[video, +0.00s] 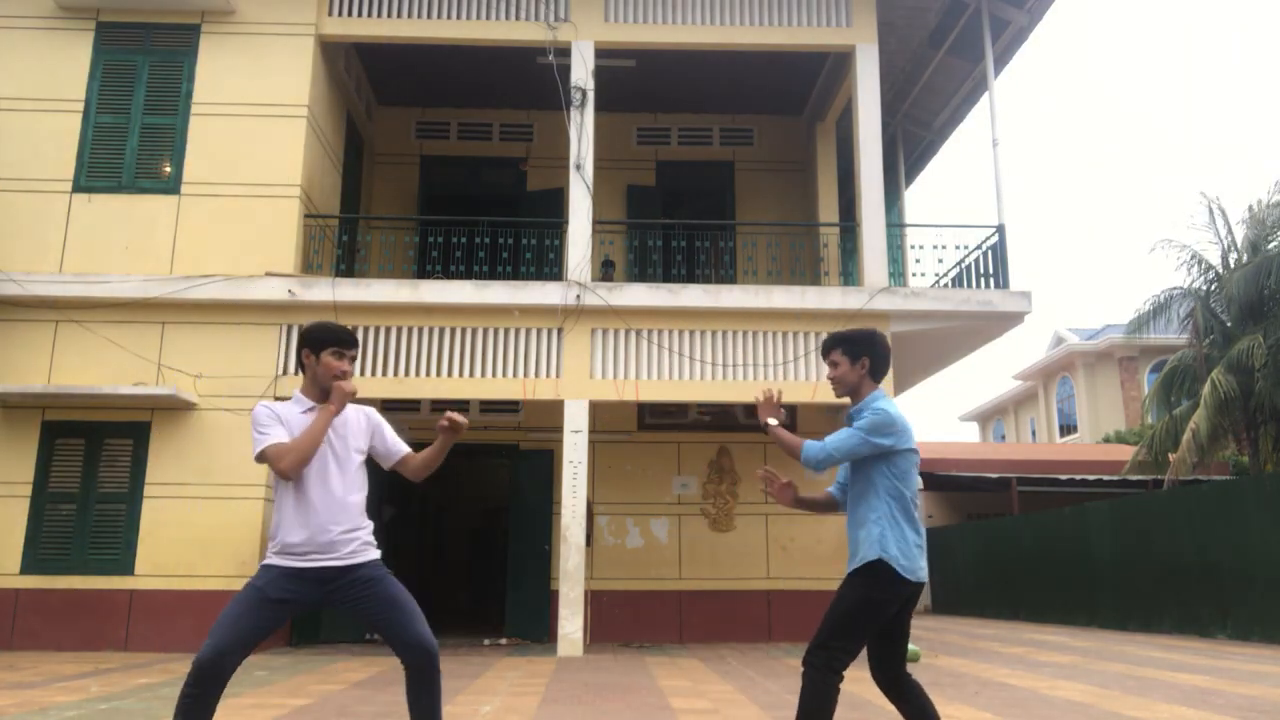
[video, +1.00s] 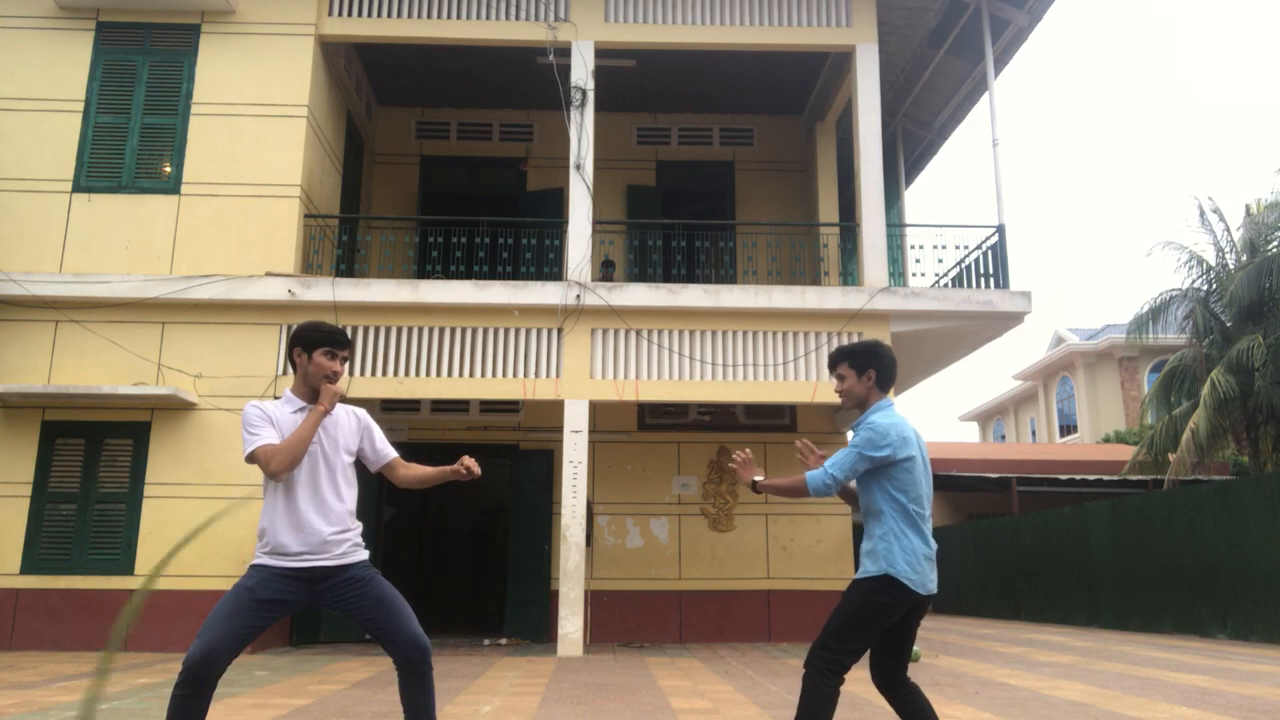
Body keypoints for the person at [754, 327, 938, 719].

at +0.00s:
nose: (828, 374)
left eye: (835, 365)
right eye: (828, 366)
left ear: (863, 366)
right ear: (858, 369)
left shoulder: (882, 416)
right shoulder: (871, 422)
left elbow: (817, 455)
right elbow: (840, 497)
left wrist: (772, 424)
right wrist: (796, 500)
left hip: (883, 564)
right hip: (899, 566)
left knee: (821, 664)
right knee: (889, 673)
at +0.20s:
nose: (825, 375)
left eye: (831, 366)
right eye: (824, 367)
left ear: (860, 366)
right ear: (852, 369)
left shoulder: (883, 420)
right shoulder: (862, 424)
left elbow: (828, 471)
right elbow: (822, 493)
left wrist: (781, 444)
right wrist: (768, 486)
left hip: (882, 565)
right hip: (893, 567)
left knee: (819, 664)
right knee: (887, 673)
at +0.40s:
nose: (825, 377)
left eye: (831, 367)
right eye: (824, 368)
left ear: (860, 367)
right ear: (853, 370)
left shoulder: (882, 422)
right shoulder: (860, 426)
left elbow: (844, 480)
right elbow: (817, 483)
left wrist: (788, 468)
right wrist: (763, 468)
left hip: (882, 565)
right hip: (885, 566)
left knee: (818, 663)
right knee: (885, 674)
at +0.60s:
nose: (829, 380)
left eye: (835, 370)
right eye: (828, 371)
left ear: (863, 370)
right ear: (856, 373)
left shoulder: (881, 425)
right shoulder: (872, 425)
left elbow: (841, 485)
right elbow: (827, 475)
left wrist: (783, 482)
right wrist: (779, 458)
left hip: (880, 568)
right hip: (896, 570)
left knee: (817, 664)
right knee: (887, 675)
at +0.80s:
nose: (834, 384)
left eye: (839, 375)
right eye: (833, 376)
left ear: (867, 375)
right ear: (865, 377)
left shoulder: (879, 425)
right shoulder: (887, 423)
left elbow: (835, 483)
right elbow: (847, 488)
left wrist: (770, 484)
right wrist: (804, 460)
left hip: (885, 570)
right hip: (909, 572)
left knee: (820, 665)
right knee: (889, 676)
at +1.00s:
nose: (836, 388)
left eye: (842, 378)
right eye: (835, 379)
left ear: (869, 378)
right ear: (870, 380)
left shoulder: (880, 428)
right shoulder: (900, 428)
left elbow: (821, 483)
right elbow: (873, 505)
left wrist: (757, 482)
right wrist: (830, 476)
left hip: (889, 572)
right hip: (915, 575)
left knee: (823, 666)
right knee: (890, 677)